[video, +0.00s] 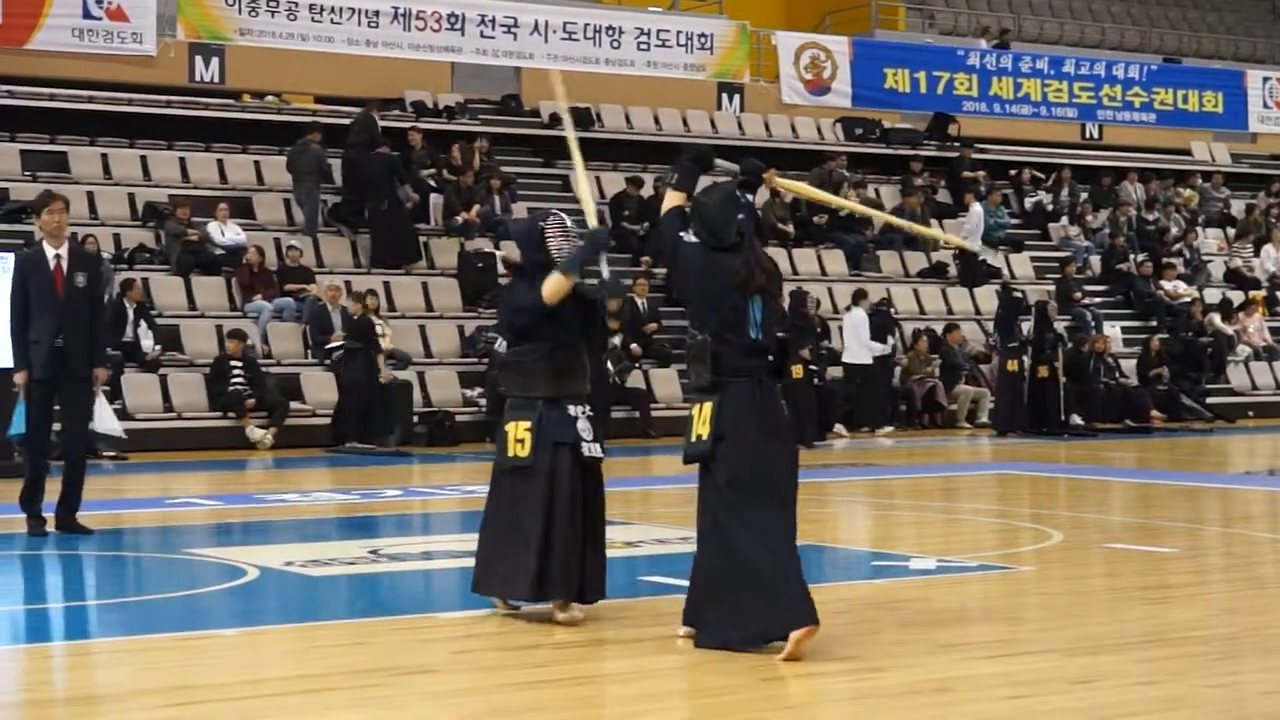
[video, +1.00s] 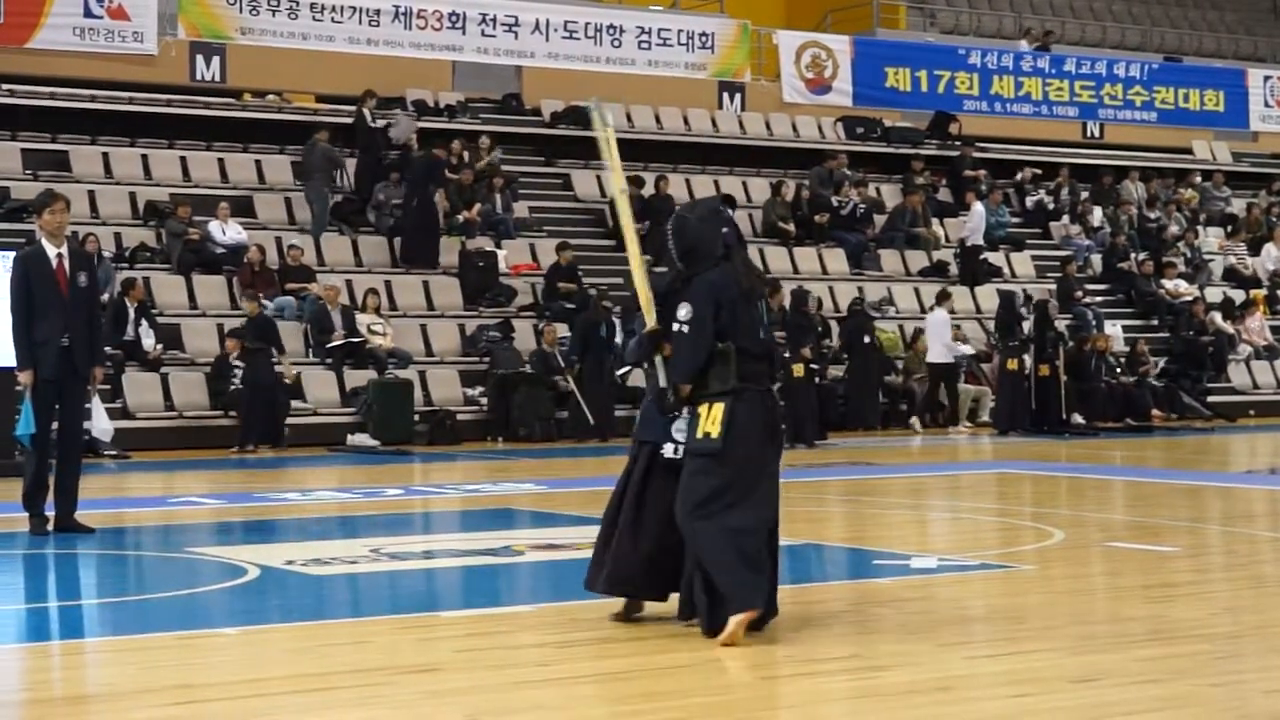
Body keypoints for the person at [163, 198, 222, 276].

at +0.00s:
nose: (184, 212)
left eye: (186, 209)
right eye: (181, 208)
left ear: (190, 211)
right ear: (175, 211)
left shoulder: (193, 224)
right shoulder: (170, 224)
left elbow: (205, 235)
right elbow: (175, 231)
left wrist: (197, 237)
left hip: (198, 251)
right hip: (181, 252)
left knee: (214, 262)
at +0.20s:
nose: (185, 211)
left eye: (187, 208)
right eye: (182, 208)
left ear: (190, 211)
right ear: (176, 210)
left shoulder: (194, 224)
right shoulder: (171, 223)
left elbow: (206, 235)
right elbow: (176, 230)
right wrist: (195, 231)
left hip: (199, 250)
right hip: (182, 251)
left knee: (215, 261)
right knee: (186, 263)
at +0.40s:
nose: (186, 211)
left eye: (188, 208)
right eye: (182, 207)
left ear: (191, 210)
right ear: (176, 210)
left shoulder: (194, 224)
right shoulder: (171, 223)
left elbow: (206, 234)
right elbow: (177, 230)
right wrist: (196, 231)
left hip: (199, 250)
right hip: (182, 251)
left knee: (215, 261)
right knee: (187, 263)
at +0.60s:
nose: (186, 210)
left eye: (188, 207)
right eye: (182, 207)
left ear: (191, 210)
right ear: (176, 210)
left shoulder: (195, 223)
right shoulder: (171, 222)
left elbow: (206, 234)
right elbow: (178, 230)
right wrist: (196, 231)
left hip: (200, 250)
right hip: (182, 251)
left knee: (215, 260)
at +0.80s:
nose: (186, 210)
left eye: (188, 207)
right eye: (183, 207)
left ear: (191, 209)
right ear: (177, 209)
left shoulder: (194, 223)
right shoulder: (172, 222)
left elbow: (206, 234)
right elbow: (178, 230)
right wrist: (197, 231)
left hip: (200, 250)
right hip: (183, 250)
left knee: (216, 260)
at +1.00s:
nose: (186, 210)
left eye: (188, 207)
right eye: (183, 207)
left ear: (191, 210)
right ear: (176, 210)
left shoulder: (194, 223)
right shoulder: (171, 222)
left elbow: (206, 234)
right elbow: (179, 230)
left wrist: (198, 236)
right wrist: (197, 231)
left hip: (200, 249)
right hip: (182, 250)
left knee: (215, 260)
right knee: (187, 262)